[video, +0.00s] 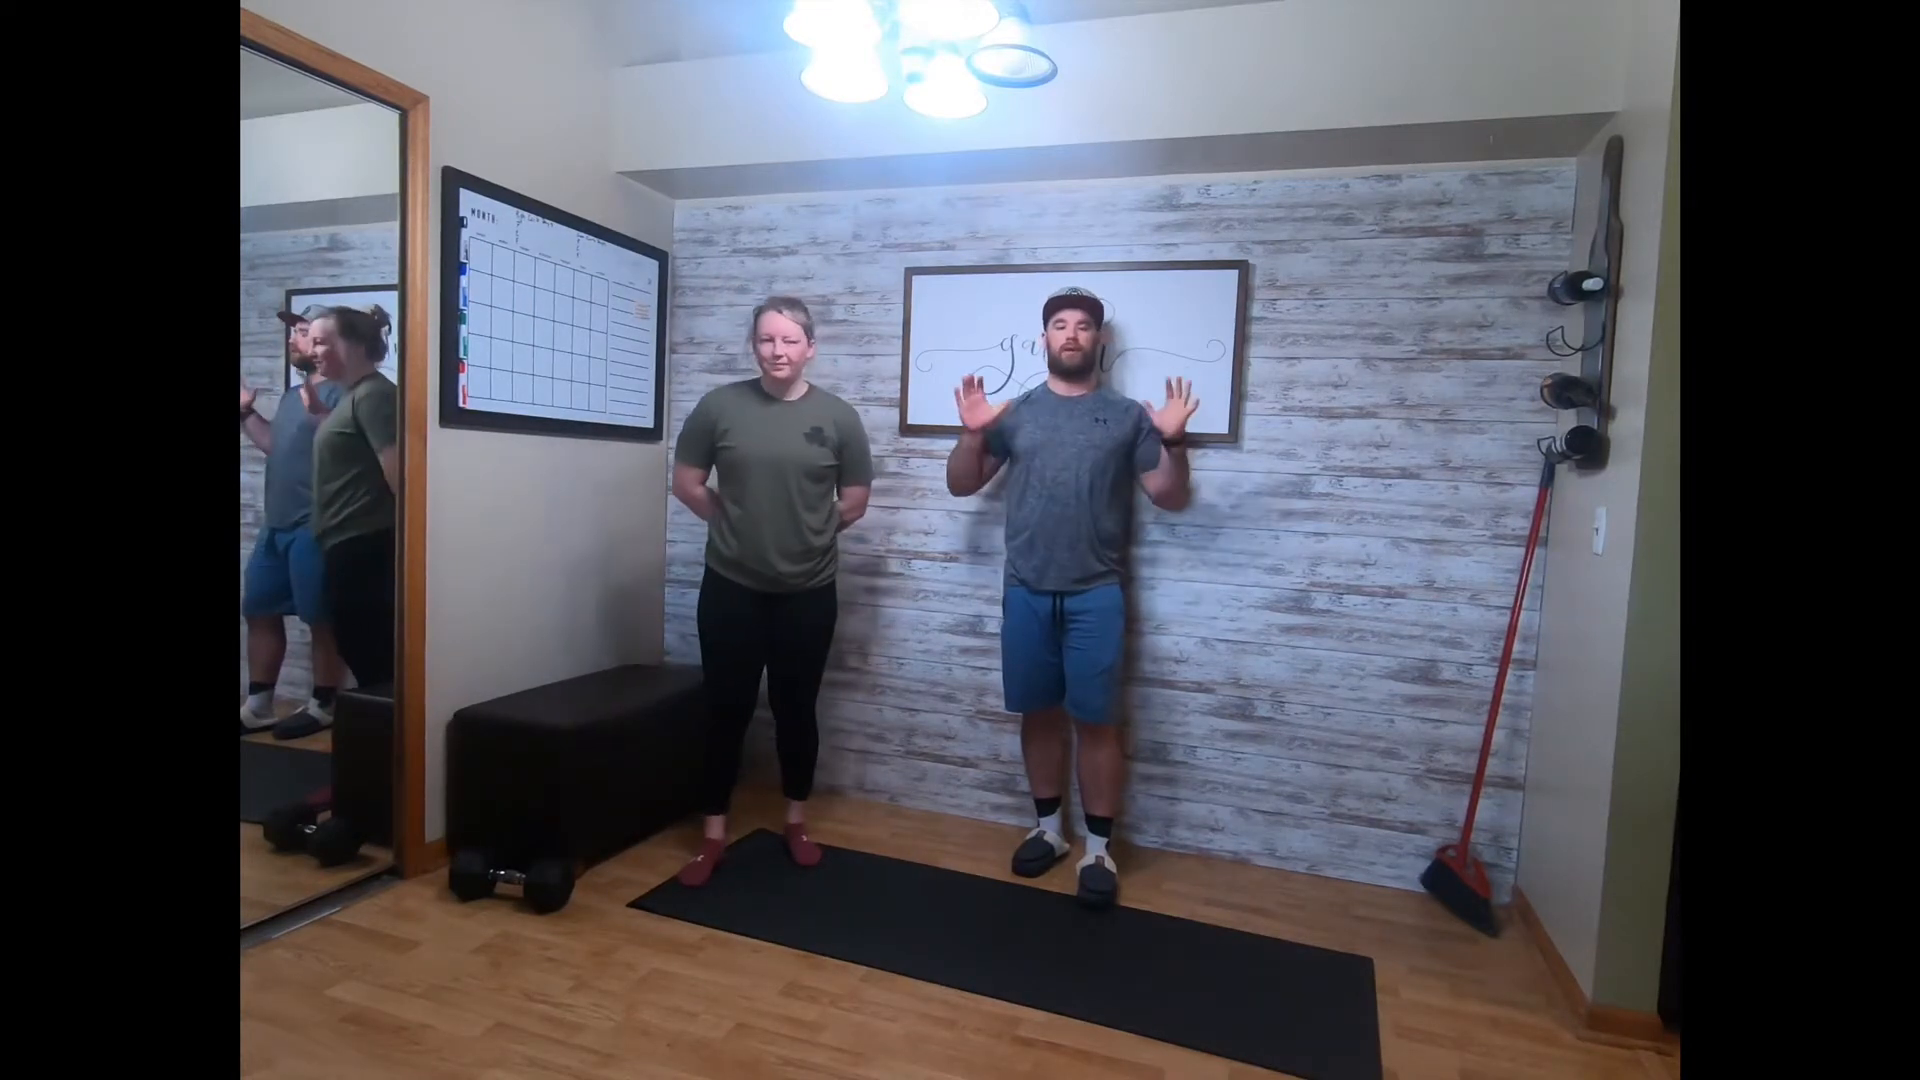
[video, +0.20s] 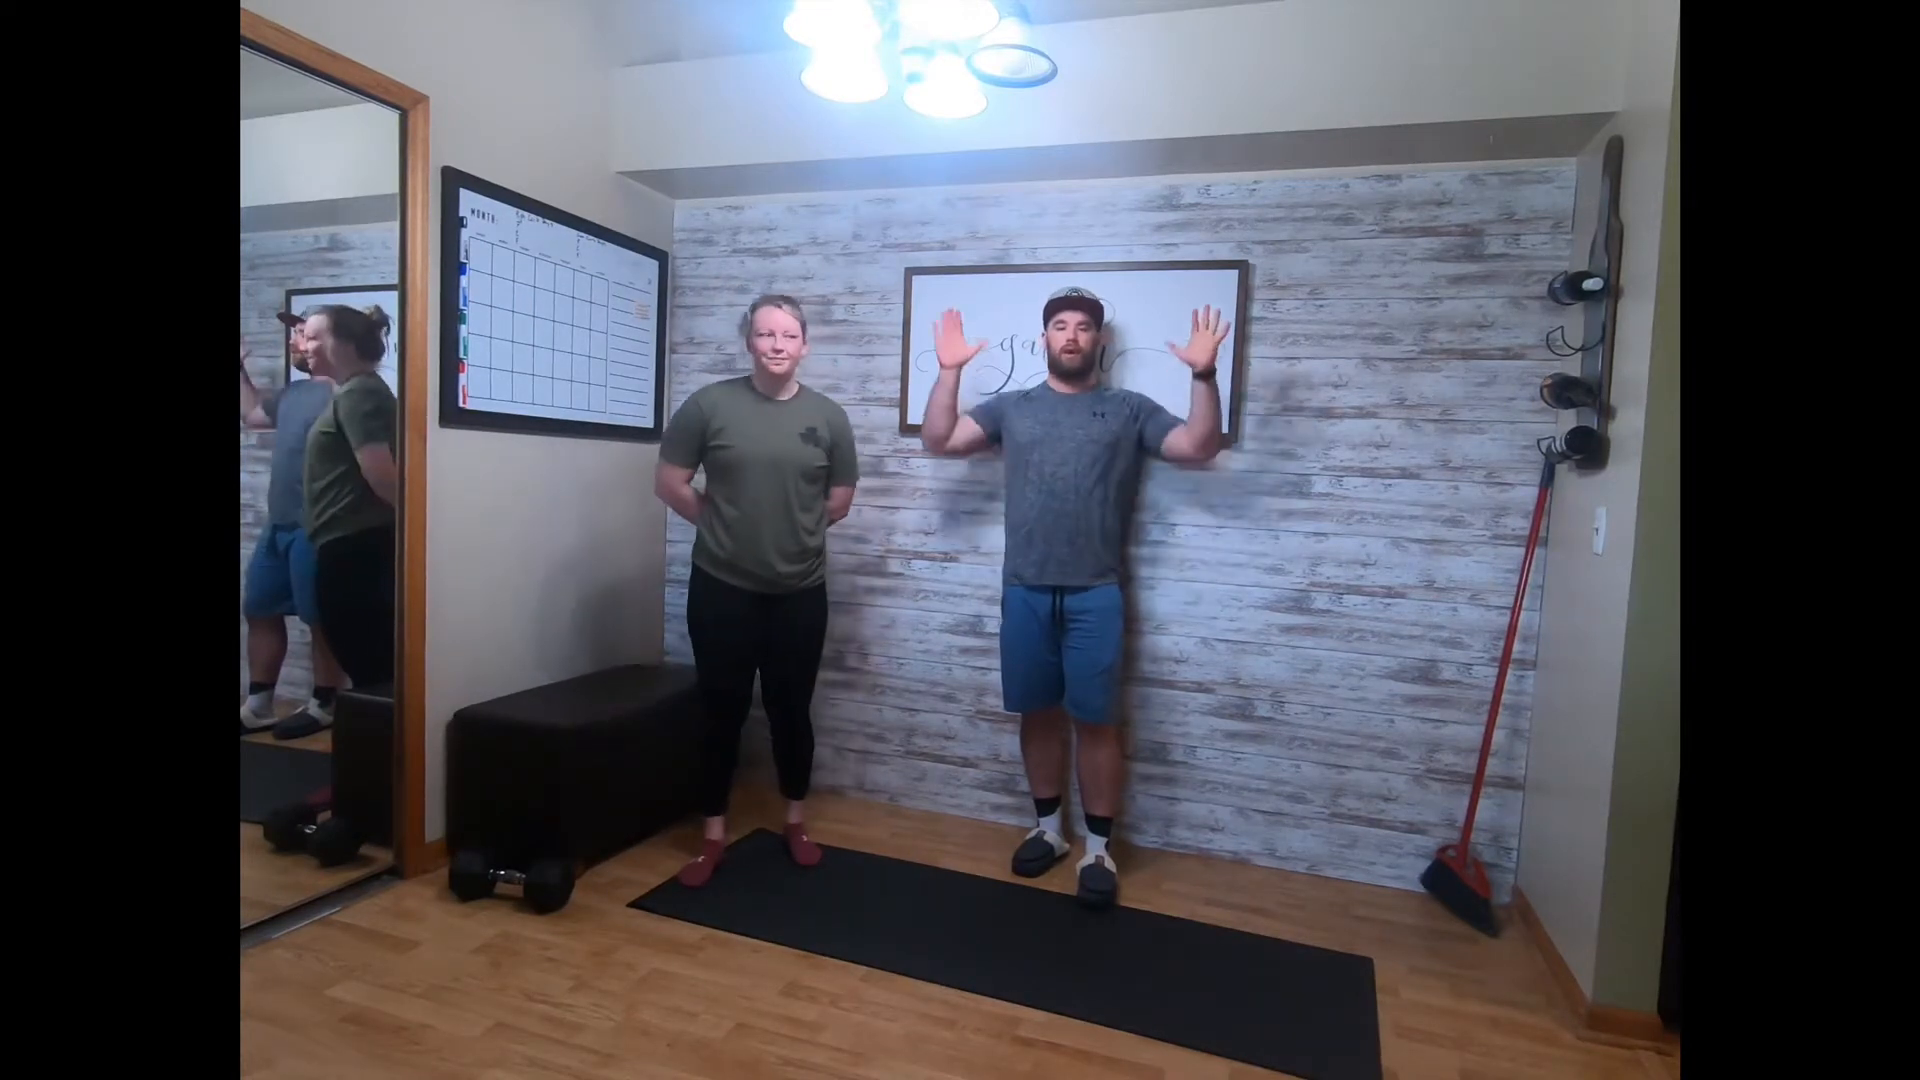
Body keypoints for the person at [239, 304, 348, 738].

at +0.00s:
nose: (294, 339)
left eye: (304, 332)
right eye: (295, 333)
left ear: (326, 342)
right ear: (299, 344)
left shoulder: (343, 392)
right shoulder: (294, 394)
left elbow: (346, 447)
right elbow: (276, 446)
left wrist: (317, 412)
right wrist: (248, 413)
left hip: (317, 523)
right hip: (276, 523)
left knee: (321, 617)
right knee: (260, 608)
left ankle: (324, 706)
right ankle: (259, 704)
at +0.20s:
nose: (300, 344)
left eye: (310, 336)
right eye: (300, 337)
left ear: (334, 344)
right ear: (301, 345)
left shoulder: (347, 394)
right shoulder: (293, 391)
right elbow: (254, 411)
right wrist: (242, 371)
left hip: (319, 527)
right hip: (279, 525)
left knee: (321, 619)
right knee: (261, 609)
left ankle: (325, 706)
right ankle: (259, 703)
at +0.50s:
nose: (292, 341)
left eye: (301, 333)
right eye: (290, 333)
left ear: (327, 339)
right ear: (290, 342)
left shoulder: (338, 382)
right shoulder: (289, 375)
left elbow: (349, 335)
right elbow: (252, 336)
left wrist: (342, 283)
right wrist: (238, 301)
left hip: (323, 522)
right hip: (283, 519)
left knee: (322, 617)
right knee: (264, 609)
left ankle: (324, 706)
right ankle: (260, 702)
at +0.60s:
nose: (292, 341)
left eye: (301, 334)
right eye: (290, 333)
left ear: (325, 341)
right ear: (288, 341)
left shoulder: (336, 383)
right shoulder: (287, 376)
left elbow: (346, 338)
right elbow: (251, 341)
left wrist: (341, 291)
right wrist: (240, 306)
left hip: (321, 522)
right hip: (282, 519)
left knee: (321, 617)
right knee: (264, 609)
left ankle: (324, 705)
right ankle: (260, 702)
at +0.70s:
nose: (291, 340)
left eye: (301, 332)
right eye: (292, 333)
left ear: (327, 340)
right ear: (294, 342)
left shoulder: (338, 386)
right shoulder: (287, 381)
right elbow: (246, 375)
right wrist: (240, 328)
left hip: (318, 524)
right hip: (280, 521)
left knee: (321, 620)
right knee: (262, 609)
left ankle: (324, 705)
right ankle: (259, 703)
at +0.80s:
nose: (292, 341)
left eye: (301, 333)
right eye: (293, 333)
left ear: (325, 342)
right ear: (298, 343)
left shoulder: (338, 392)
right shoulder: (287, 391)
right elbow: (249, 408)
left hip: (317, 525)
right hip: (278, 522)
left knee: (320, 621)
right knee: (262, 610)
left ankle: (324, 705)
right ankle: (259, 704)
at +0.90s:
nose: (292, 340)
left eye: (303, 333)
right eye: (293, 332)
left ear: (326, 342)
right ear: (296, 342)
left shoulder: (337, 392)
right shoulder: (286, 393)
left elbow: (348, 444)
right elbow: (266, 437)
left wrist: (309, 425)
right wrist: (240, 439)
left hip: (314, 525)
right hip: (276, 522)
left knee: (319, 619)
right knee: (259, 609)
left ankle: (324, 705)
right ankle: (259, 703)